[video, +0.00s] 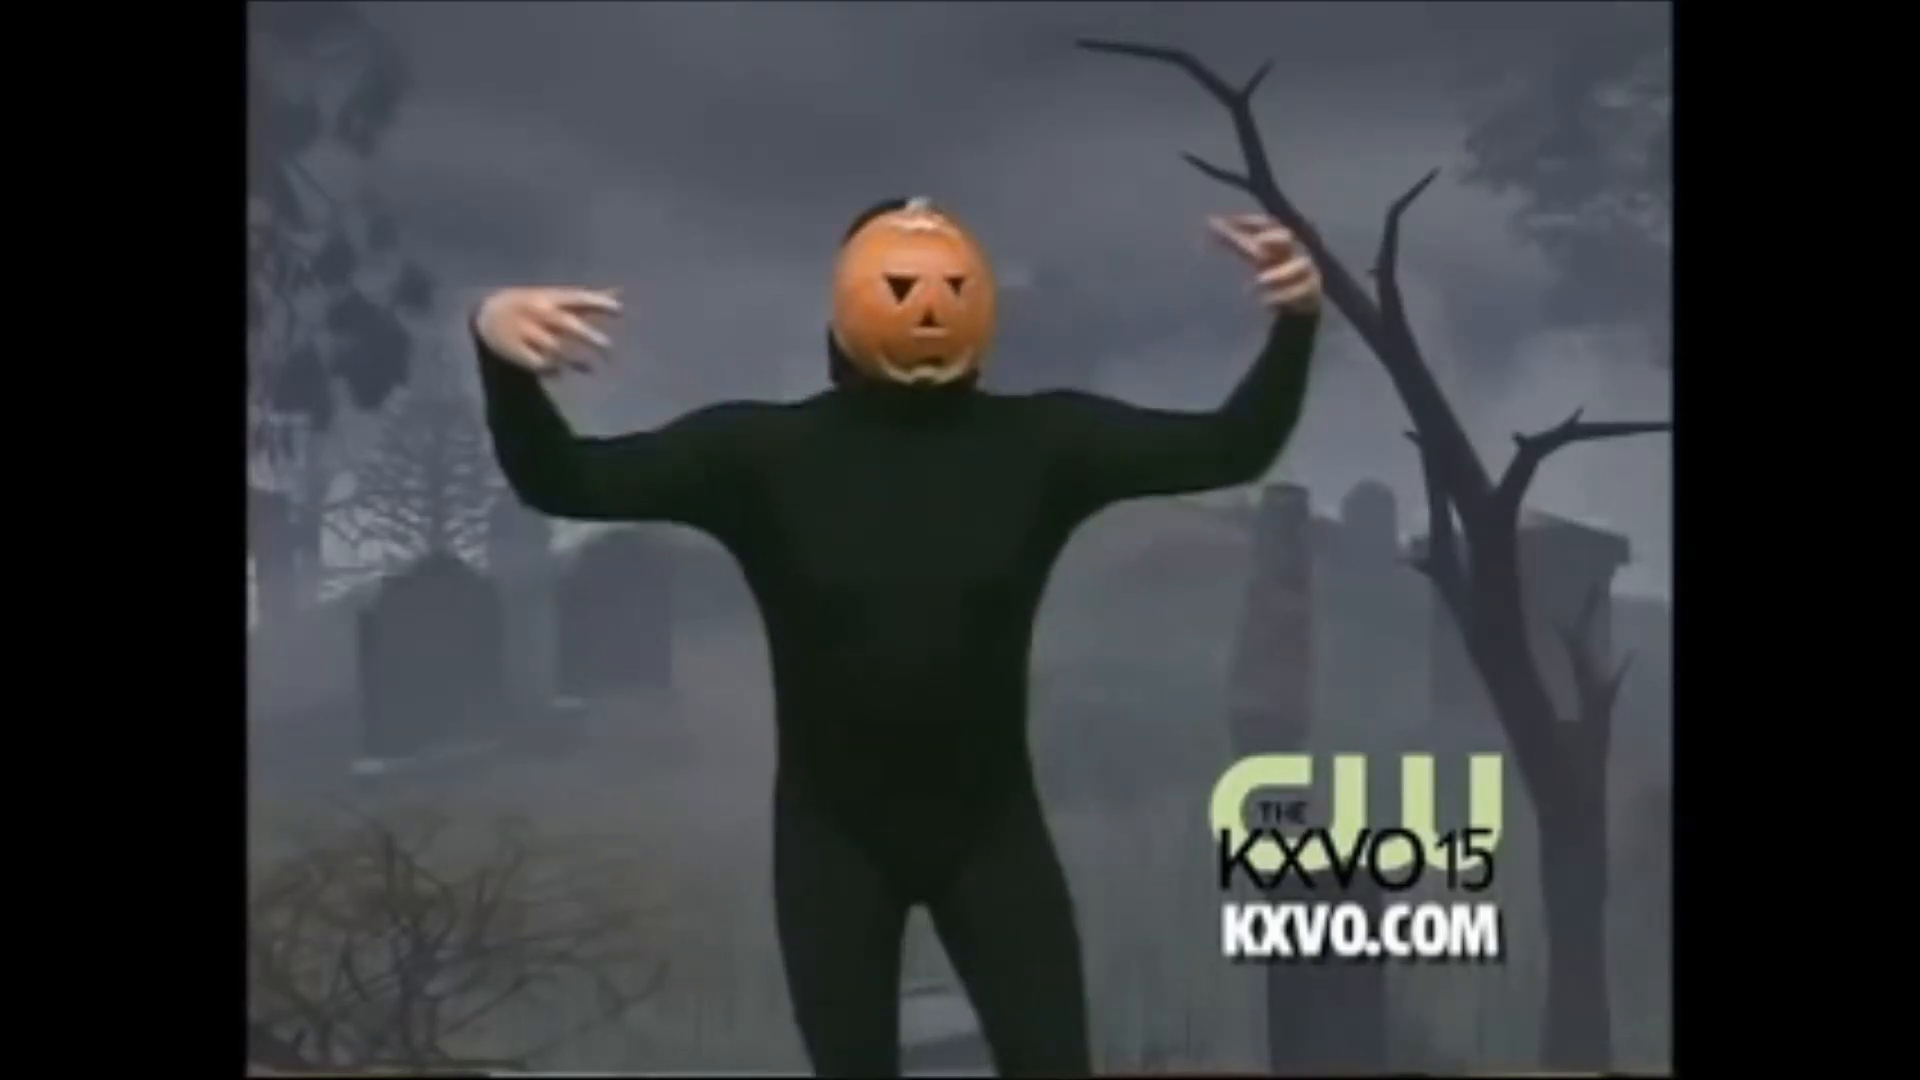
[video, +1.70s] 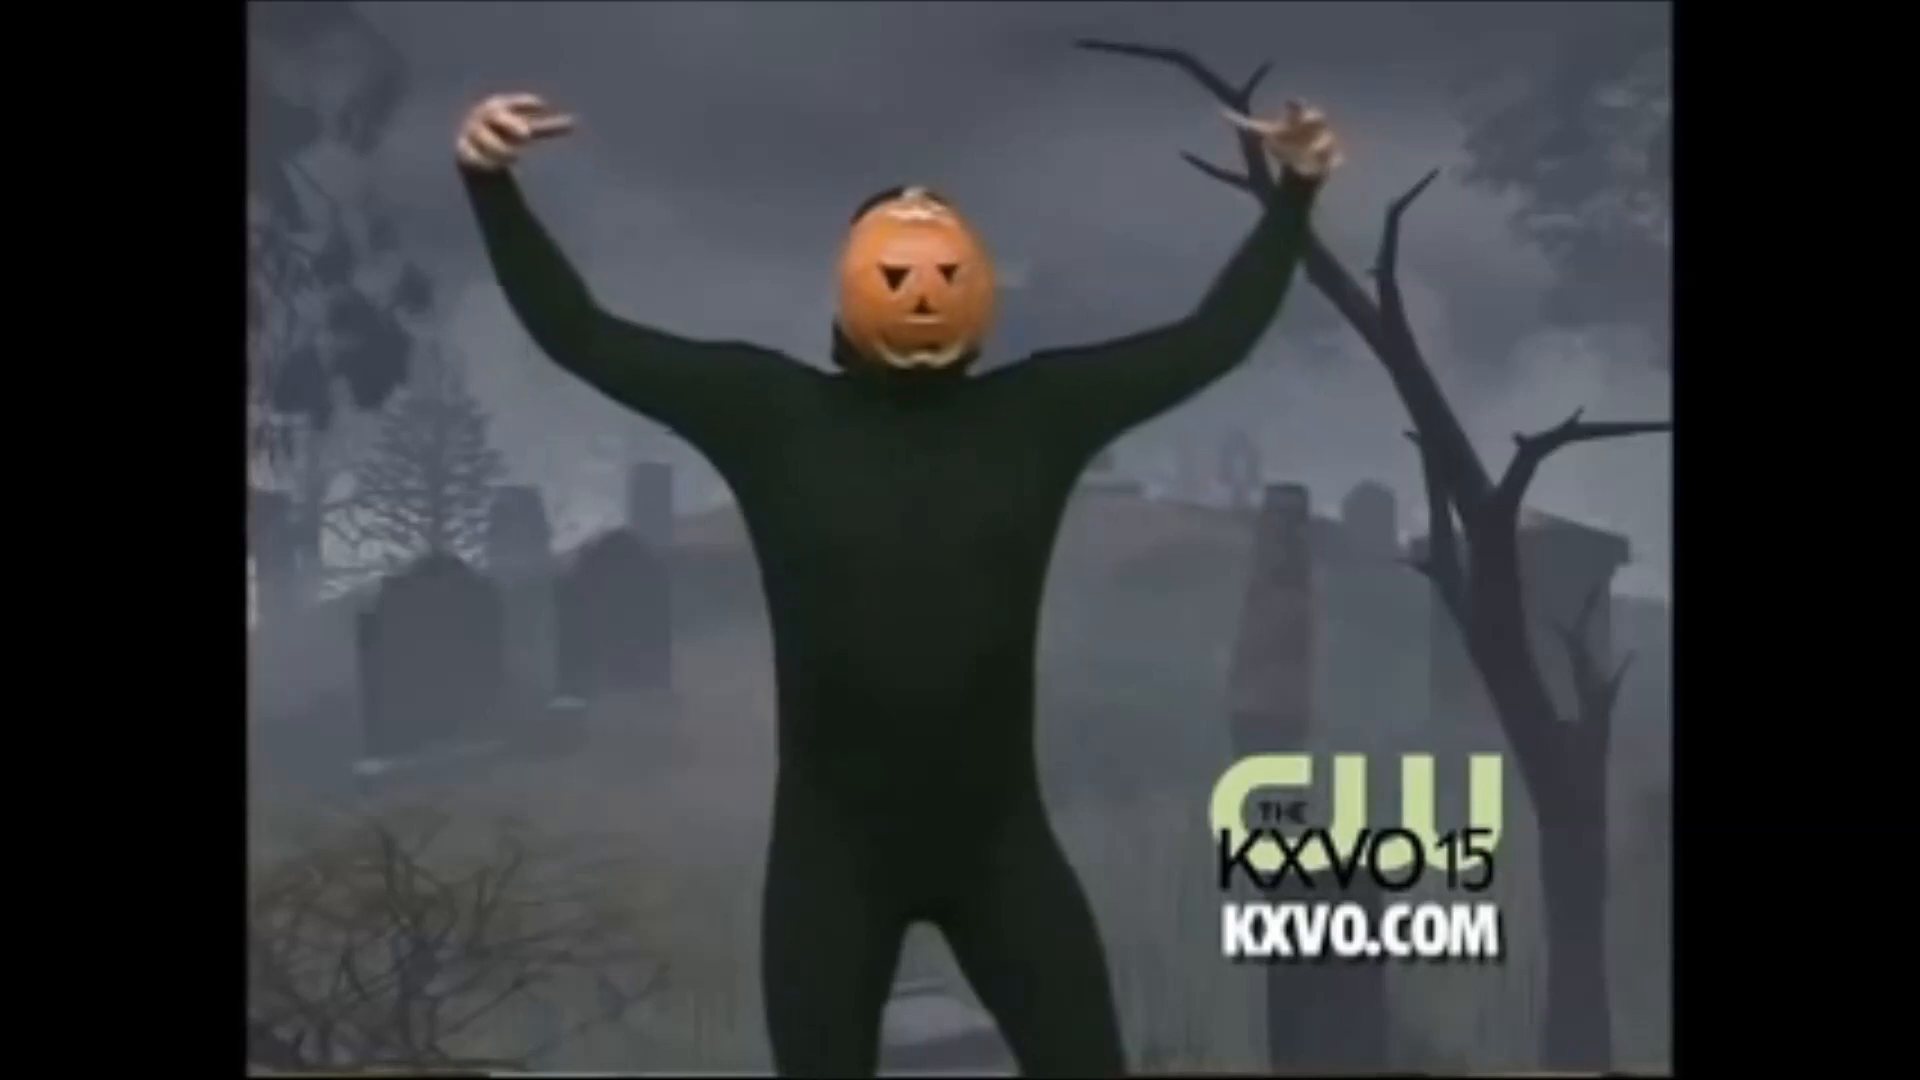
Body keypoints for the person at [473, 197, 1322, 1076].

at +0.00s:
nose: (926, 297)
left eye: (951, 281)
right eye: (893, 279)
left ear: (989, 316)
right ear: (838, 316)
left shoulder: (1050, 440)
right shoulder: (755, 450)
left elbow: (1236, 444)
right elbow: (560, 480)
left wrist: (1297, 319)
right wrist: (500, 356)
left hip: (993, 829)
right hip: (830, 839)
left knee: (1053, 1063)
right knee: (853, 1070)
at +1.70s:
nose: (922, 282)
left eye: (947, 267)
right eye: (891, 265)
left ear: (988, 300)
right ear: (841, 302)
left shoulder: (1043, 412)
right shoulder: (762, 410)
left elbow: (1217, 335)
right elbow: (576, 332)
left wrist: (1288, 199)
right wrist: (489, 180)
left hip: (1000, 838)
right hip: (830, 845)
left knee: (1086, 1065)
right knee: (820, 1067)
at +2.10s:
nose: (920, 266)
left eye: (945, 256)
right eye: (889, 254)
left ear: (988, 300)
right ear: (839, 300)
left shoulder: (1039, 401)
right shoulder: (767, 400)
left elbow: (1193, 283)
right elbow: (592, 283)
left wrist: (1262, 136)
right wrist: (499, 114)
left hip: (996, 837)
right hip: (829, 846)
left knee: (1087, 1065)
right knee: (819, 1070)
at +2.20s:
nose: (924, 282)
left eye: (949, 267)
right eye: (893, 265)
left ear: (990, 300)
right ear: (841, 301)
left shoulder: (1037, 399)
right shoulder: (772, 401)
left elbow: (1186, 274)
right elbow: (604, 279)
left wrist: (1259, 123)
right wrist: (515, 98)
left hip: (996, 837)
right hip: (830, 845)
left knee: (1088, 1066)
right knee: (819, 1068)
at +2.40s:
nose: (928, 281)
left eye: (953, 266)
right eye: (896, 265)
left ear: (993, 299)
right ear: (842, 302)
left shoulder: (1035, 399)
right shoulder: (776, 400)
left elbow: (1171, 260)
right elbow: (619, 255)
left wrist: (1240, 81)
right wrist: (544, 60)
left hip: (997, 837)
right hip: (830, 845)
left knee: (1088, 1064)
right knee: (818, 1066)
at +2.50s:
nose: (928, 284)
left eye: (953, 270)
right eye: (897, 267)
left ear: (991, 303)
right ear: (843, 302)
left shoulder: (1035, 399)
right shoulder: (777, 400)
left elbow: (1168, 258)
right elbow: (630, 253)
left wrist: (1223, 70)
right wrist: (574, 50)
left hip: (998, 837)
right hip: (830, 843)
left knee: (1088, 1064)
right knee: (818, 1067)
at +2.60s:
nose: (930, 288)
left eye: (954, 272)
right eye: (899, 271)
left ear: (992, 303)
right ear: (846, 306)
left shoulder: (1034, 402)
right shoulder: (779, 401)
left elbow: (1167, 254)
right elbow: (641, 252)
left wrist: (1195, 63)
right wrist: (609, 44)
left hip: (999, 837)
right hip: (831, 843)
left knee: (1089, 1065)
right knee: (818, 1067)